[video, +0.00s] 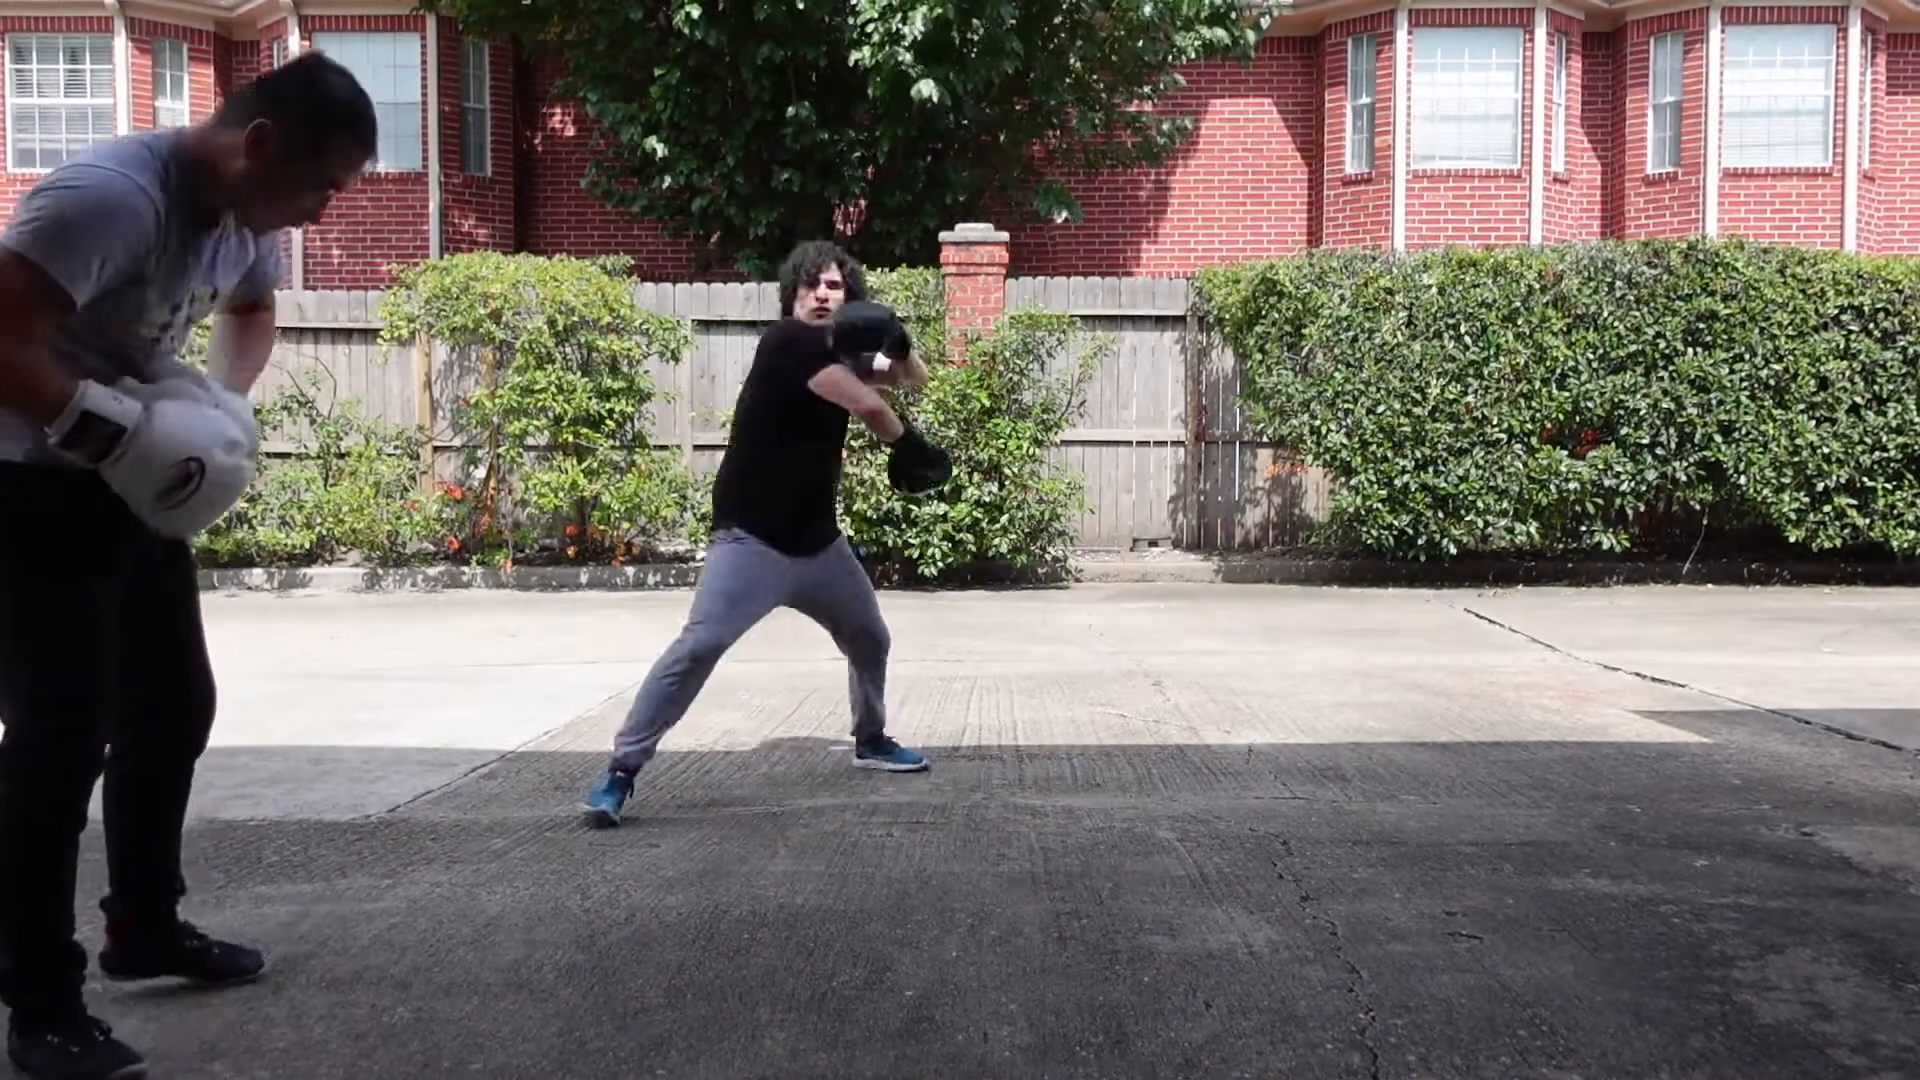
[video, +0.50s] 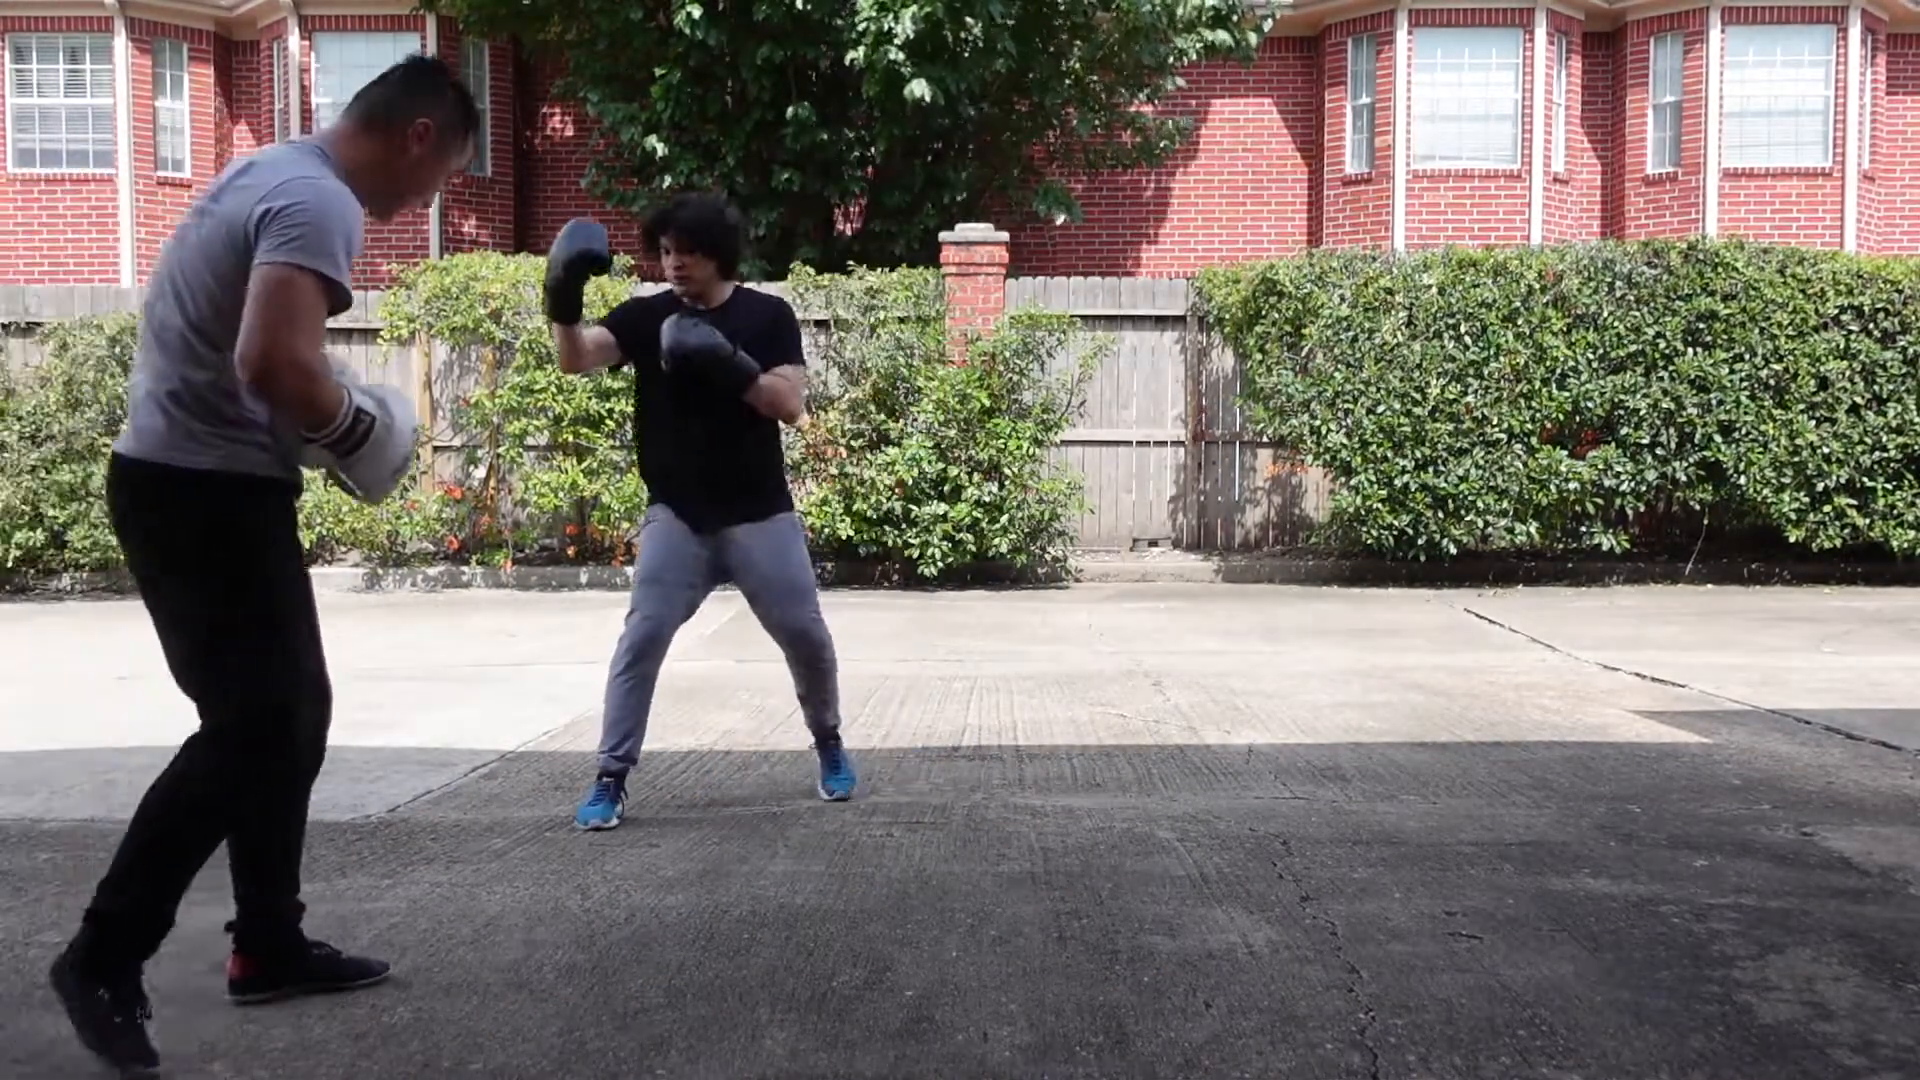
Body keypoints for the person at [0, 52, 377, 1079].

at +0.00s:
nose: (320, 212)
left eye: (332, 194)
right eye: (319, 188)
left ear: (268, 149)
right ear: (259, 142)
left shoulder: (243, 211)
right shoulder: (110, 196)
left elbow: (252, 309)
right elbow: (8, 339)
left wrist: (224, 400)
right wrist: (107, 429)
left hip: (127, 477)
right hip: (28, 476)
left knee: (170, 704)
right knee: (54, 735)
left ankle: (143, 926)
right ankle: (39, 1008)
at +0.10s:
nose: (351, 209)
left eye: (363, 191)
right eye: (352, 183)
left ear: (293, 145)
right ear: (290, 140)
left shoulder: (249, 215)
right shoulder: (144, 203)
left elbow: (257, 323)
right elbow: (21, 332)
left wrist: (245, 405)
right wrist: (131, 431)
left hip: (126, 479)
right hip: (36, 476)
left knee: (173, 709)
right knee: (63, 732)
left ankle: (164, 937)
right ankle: (40, 1011)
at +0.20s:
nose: (381, 201)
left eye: (393, 183)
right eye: (386, 178)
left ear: (329, 144)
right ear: (332, 145)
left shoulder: (273, 221)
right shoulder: (185, 208)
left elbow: (261, 336)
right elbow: (47, 347)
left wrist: (255, 421)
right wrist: (175, 429)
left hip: (131, 482)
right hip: (44, 480)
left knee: (184, 717)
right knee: (79, 733)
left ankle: (218, 944)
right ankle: (43, 1012)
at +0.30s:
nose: (412, 188)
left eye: (421, 164)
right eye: (413, 161)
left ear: (351, 139)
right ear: (362, 142)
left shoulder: (277, 215)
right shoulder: (233, 207)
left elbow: (232, 339)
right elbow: (115, 353)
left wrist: (270, 412)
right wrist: (216, 429)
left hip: (157, 490)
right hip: (88, 489)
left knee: (214, 727)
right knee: (112, 739)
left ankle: (261, 949)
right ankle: (46, 1017)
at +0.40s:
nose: (427, 184)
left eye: (436, 162)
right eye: (431, 159)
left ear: (363, 127)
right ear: (390, 136)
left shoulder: (279, 196)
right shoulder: (275, 205)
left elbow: (240, 339)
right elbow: (200, 365)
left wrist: (303, 402)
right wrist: (294, 431)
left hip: (201, 489)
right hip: (138, 492)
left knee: (265, 719)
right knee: (168, 742)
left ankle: (266, 946)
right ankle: (52, 1000)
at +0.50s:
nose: (438, 193)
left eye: (447, 175)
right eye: (446, 169)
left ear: (382, 118)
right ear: (418, 133)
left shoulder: (281, 175)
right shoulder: (311, 197)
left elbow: (255, 350)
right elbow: (273, 360)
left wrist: (345, 411)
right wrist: (354, 430)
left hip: (223, 483)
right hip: (201, 488)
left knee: (293, 713)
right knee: (255, 723)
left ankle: (268, 944)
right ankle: (99, 962)